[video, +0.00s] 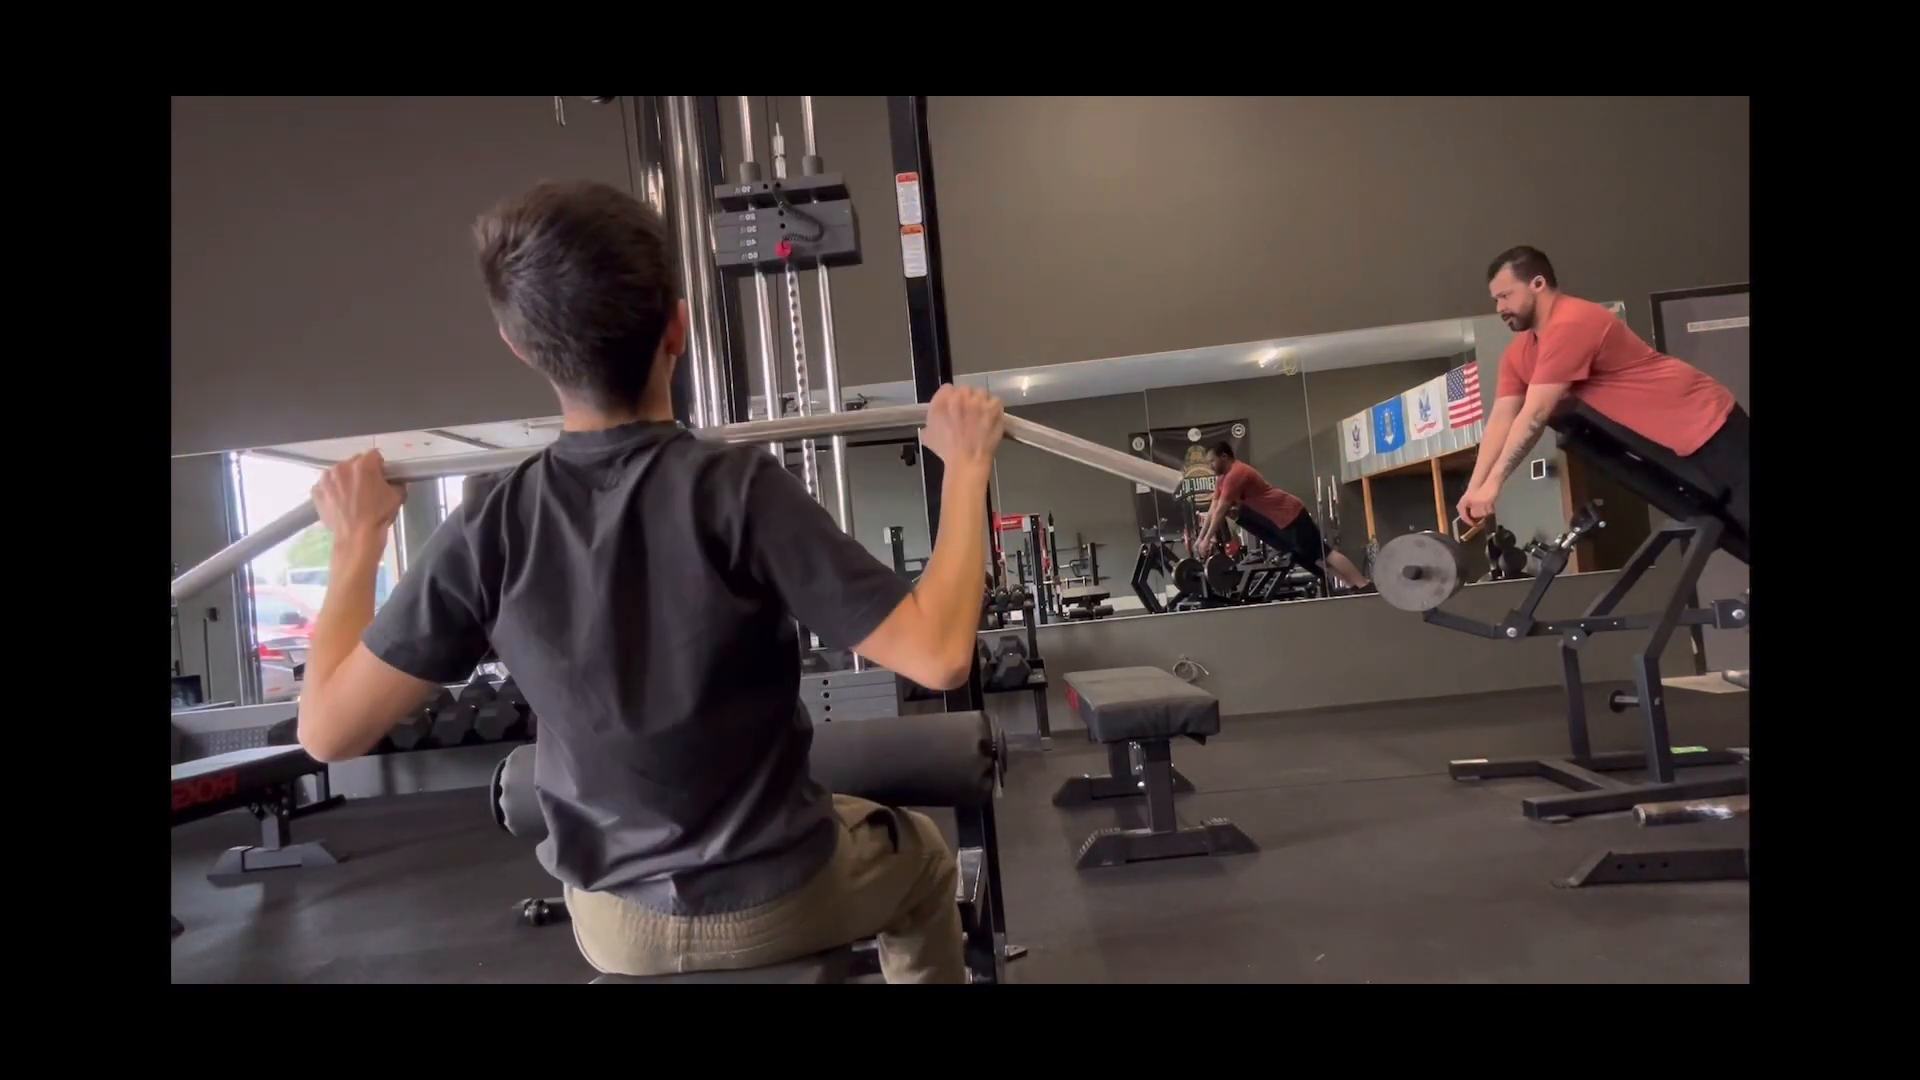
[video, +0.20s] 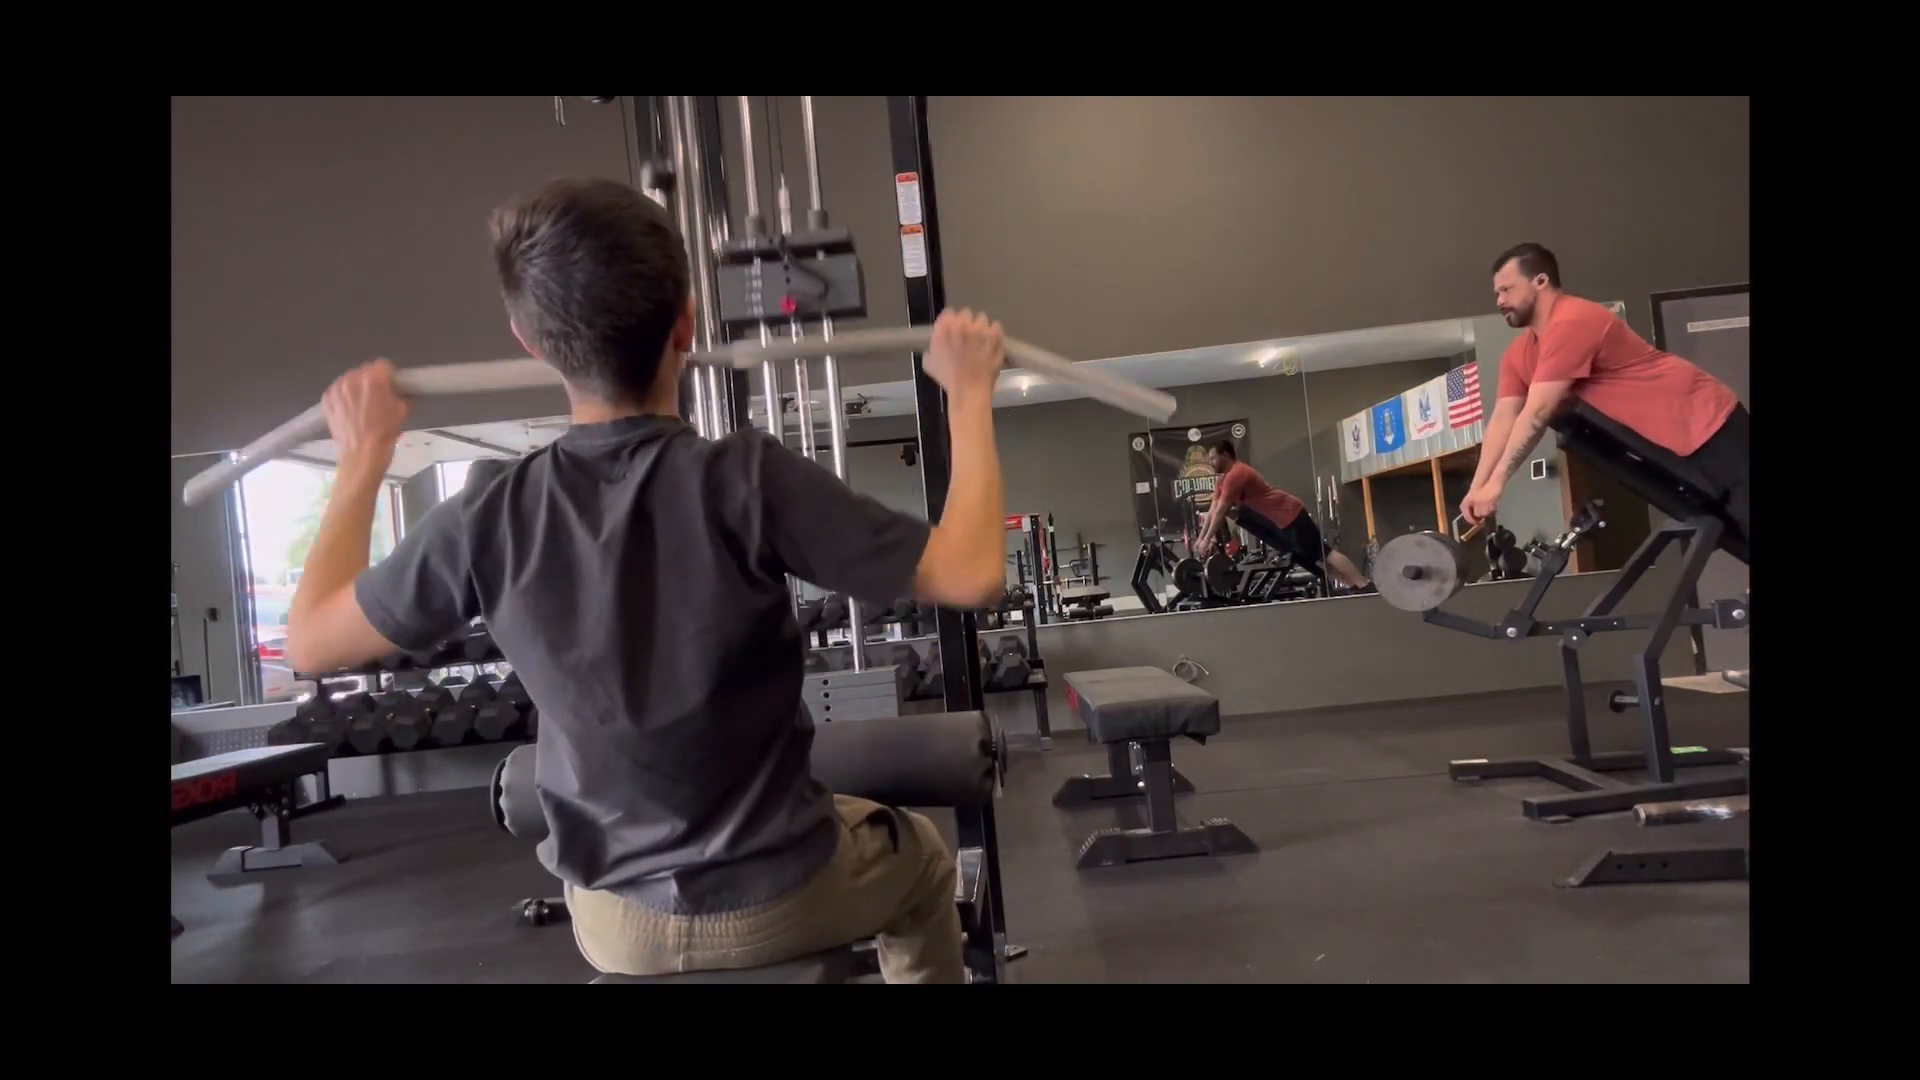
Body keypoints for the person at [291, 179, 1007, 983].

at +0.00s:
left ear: (517, 347)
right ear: (678, 327)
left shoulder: (495, 524)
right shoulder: (735, 489)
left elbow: (327, 730)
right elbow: (938, 652)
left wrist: (354, 541)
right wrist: (967, 472)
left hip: (607, 922)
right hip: (773, 911)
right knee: (920, 854)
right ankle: (927, 976)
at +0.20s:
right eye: (695, 301)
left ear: (528, 343)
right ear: (687, 327)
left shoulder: (493, 515)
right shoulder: (747, 478)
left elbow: (312, 639)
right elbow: (970, 571)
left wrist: (362, 452)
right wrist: (971, 398)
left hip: (608, 920)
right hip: (775, 907)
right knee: (919, 852)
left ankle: (839, 971)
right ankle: (925, 978)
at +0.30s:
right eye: (696, 298)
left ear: (531, 344)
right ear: (689, 323)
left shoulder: (493, 508)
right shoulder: (757, 470)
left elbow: (317, 546)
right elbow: (983, 494)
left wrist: (357, 368)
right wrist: (968, 319)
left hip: (610, 918)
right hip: (775, 904)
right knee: (920, 854)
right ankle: (922, 975)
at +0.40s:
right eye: (697, 296)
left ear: (534, 340)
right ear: (692, 321)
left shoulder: (505, 492)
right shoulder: (762, 453)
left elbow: (328, 449)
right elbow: (975, 412)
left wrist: (348, 272)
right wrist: (959, 230)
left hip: (611, 916)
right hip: (776, 906)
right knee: (922, 861)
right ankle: (923, 979)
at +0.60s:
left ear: (544, 328)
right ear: (700, 314)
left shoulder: (521, 458)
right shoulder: (765, 416)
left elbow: (374, 314)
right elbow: (920, 272)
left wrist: (351, 136)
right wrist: (936, 98)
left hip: (617, 912)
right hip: (781, 898)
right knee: (918, 856)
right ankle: (928, 975)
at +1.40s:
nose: (685, 308)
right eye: (682, 293)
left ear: (516, 338)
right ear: (675, 316)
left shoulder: (479, 481)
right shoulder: (744, 452)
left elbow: (290, 387)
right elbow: (951, 349)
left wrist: (305, 183)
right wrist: (939, 145)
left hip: (612, 909)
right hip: (772, 899)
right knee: (919, 862)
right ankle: (924, 981)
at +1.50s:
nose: (679, 316)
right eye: (679, 299)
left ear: (509, 343)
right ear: (669, 320)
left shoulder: (467, 501)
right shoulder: (730, 471)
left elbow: (261, 469)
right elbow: (970, 416)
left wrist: (296, 269)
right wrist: (947, 220)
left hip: (608, 917)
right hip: (773, 904)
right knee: (918, 863)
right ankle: (921, 973)